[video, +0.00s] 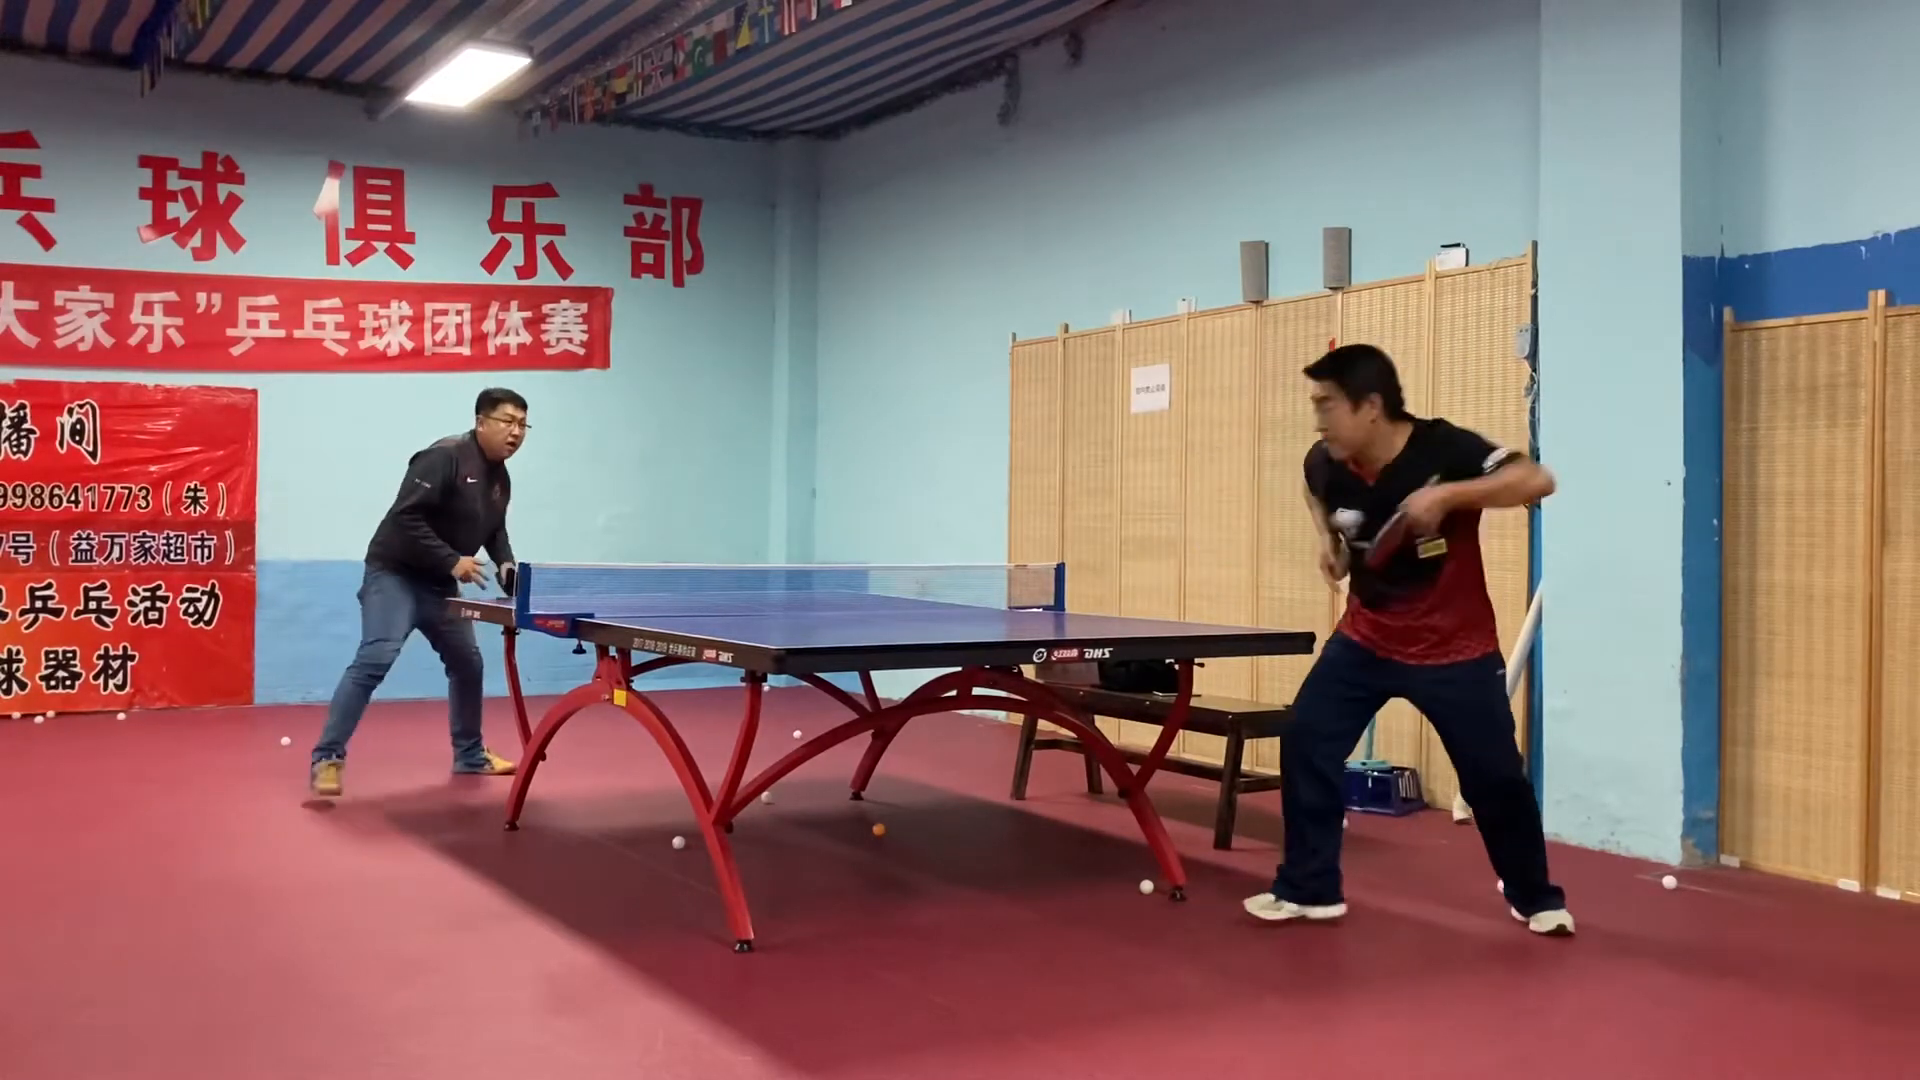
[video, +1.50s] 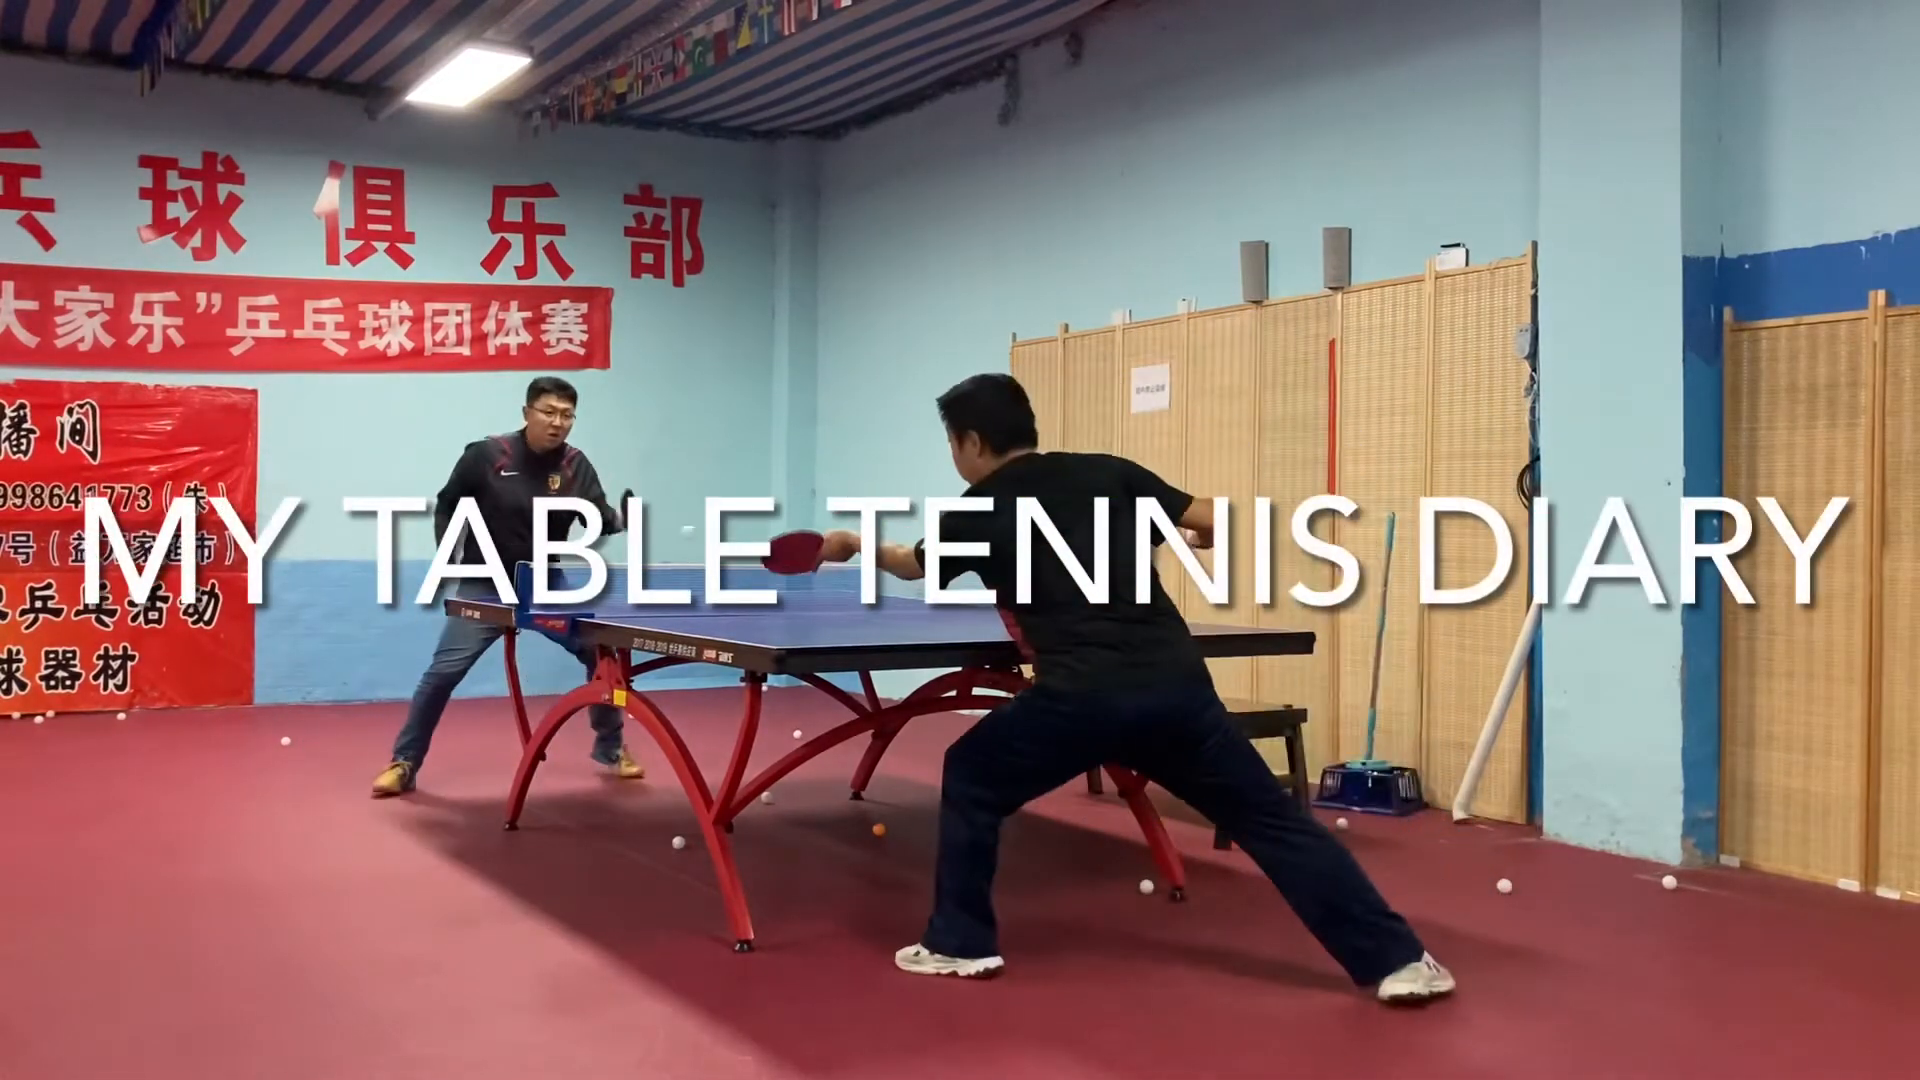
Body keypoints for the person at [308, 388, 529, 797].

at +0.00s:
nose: (516, 433)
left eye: (522, 426)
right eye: (508, 423)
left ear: (524, 431)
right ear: (481, 422)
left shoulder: (500, 479)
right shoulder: (442, 458)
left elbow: (494, 529)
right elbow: (404, 521)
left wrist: (506, 564)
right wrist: (451, 559)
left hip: (439, 583)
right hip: (394, 574)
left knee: (467, 663)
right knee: (376, 656)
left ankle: (469, 755)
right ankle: (328, 758)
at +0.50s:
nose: (487, 430)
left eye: (493, 423)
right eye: (478, 420)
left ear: (496, 425)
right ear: (450, 417)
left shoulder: (489, 464)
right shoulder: (398, 453)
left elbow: (507, 515)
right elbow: (363, 517)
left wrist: (536, 538)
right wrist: (404, 554)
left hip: (457, 594)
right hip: (394, 595)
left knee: (513, 659)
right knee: (358, 676)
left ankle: (534, 766)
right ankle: (307, 775)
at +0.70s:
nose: (534, 454)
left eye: (542, 446)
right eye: (526, 443)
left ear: (549, 446)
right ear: (500, 437)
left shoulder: (546, 486)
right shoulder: (456, 459)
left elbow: (561, 541)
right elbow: (410, 501)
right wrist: (409, 546)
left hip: (505, 609)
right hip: (441, 601)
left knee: (541, 667)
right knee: (381, 679)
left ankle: (556, 780)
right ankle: (325, 776)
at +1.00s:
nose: (538, 438)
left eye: (547, 430)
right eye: (529, 428)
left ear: (555, 431)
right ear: (506, 425)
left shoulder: (561, 480)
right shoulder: (471, 453)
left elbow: (569, 546)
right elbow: (439, 499)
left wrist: (552, 598)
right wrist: (425, 548)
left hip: (527, 602)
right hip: (462, 593)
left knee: (545, 668)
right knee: (405, 676)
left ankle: (557, 779)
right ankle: (382, 766)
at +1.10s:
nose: (525, 428)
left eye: (532, 419)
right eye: (515, 418)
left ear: (540, 422)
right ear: (491, 418)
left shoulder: (549, 470)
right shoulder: (454, 452)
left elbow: (564, 539)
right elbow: (414, 502)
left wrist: (547, 594)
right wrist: (411, 549)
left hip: (521, 597)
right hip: (457, 592)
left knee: (550, 671)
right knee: (411, 680)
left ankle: (563, 777)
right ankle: (401, 766)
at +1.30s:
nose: (516, 428)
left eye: (524, 420)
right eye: (506, 418)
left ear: (531, 424)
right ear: (484, 418)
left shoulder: (540, 470)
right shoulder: (446, 461)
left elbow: (576, 532)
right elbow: (409, 514)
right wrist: (401, 557)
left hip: (522, 601)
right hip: (456, 599)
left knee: (576, 668)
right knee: (410, 681)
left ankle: (598, 759)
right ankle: (399, 766)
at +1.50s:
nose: (558, 422)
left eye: (566, 415)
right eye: (548, 413)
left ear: (573, 419)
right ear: (527, 413)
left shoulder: (576, 465)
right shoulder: (485, 456)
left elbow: (598, 521)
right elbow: (446, 510)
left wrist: (620, 518)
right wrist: (460, 568)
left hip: (547, 587)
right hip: (484, 587)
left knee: (604, 650)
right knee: (443, 672)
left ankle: (610, 750)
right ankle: (404, 764)